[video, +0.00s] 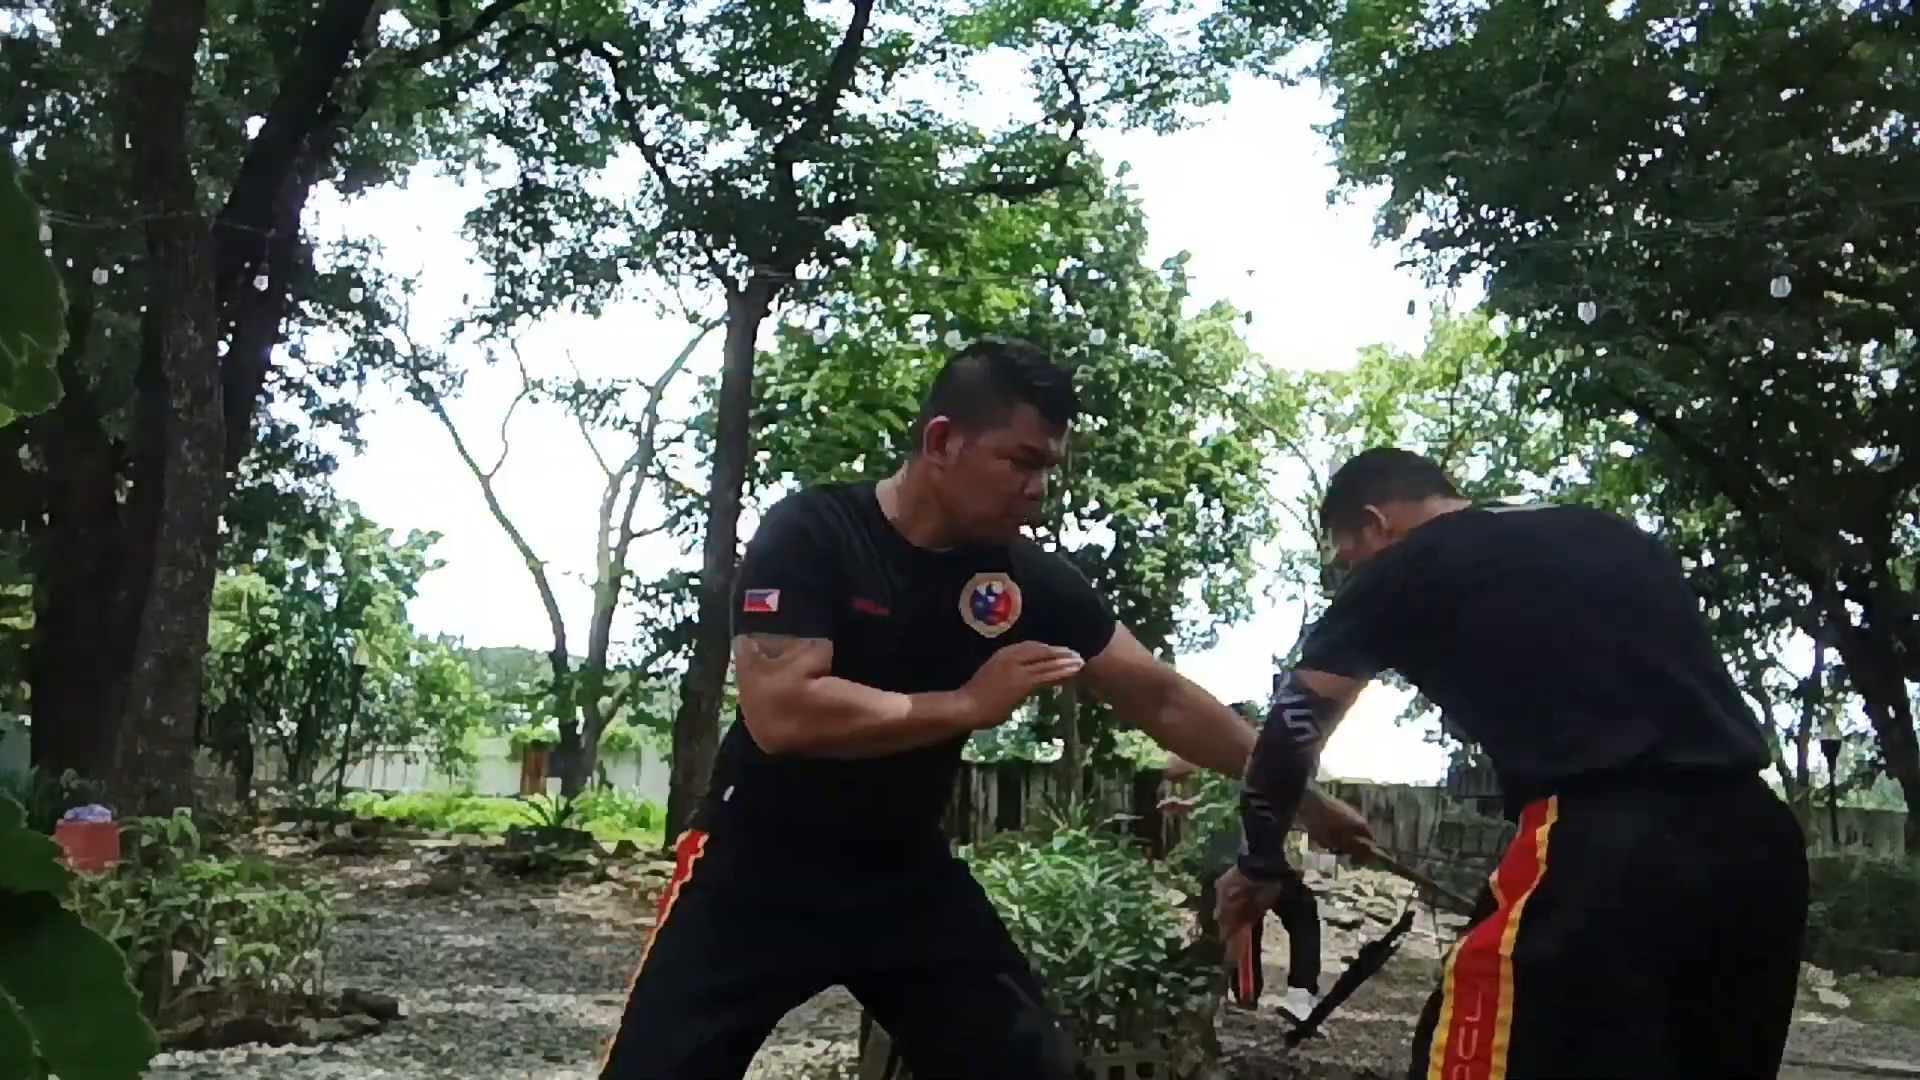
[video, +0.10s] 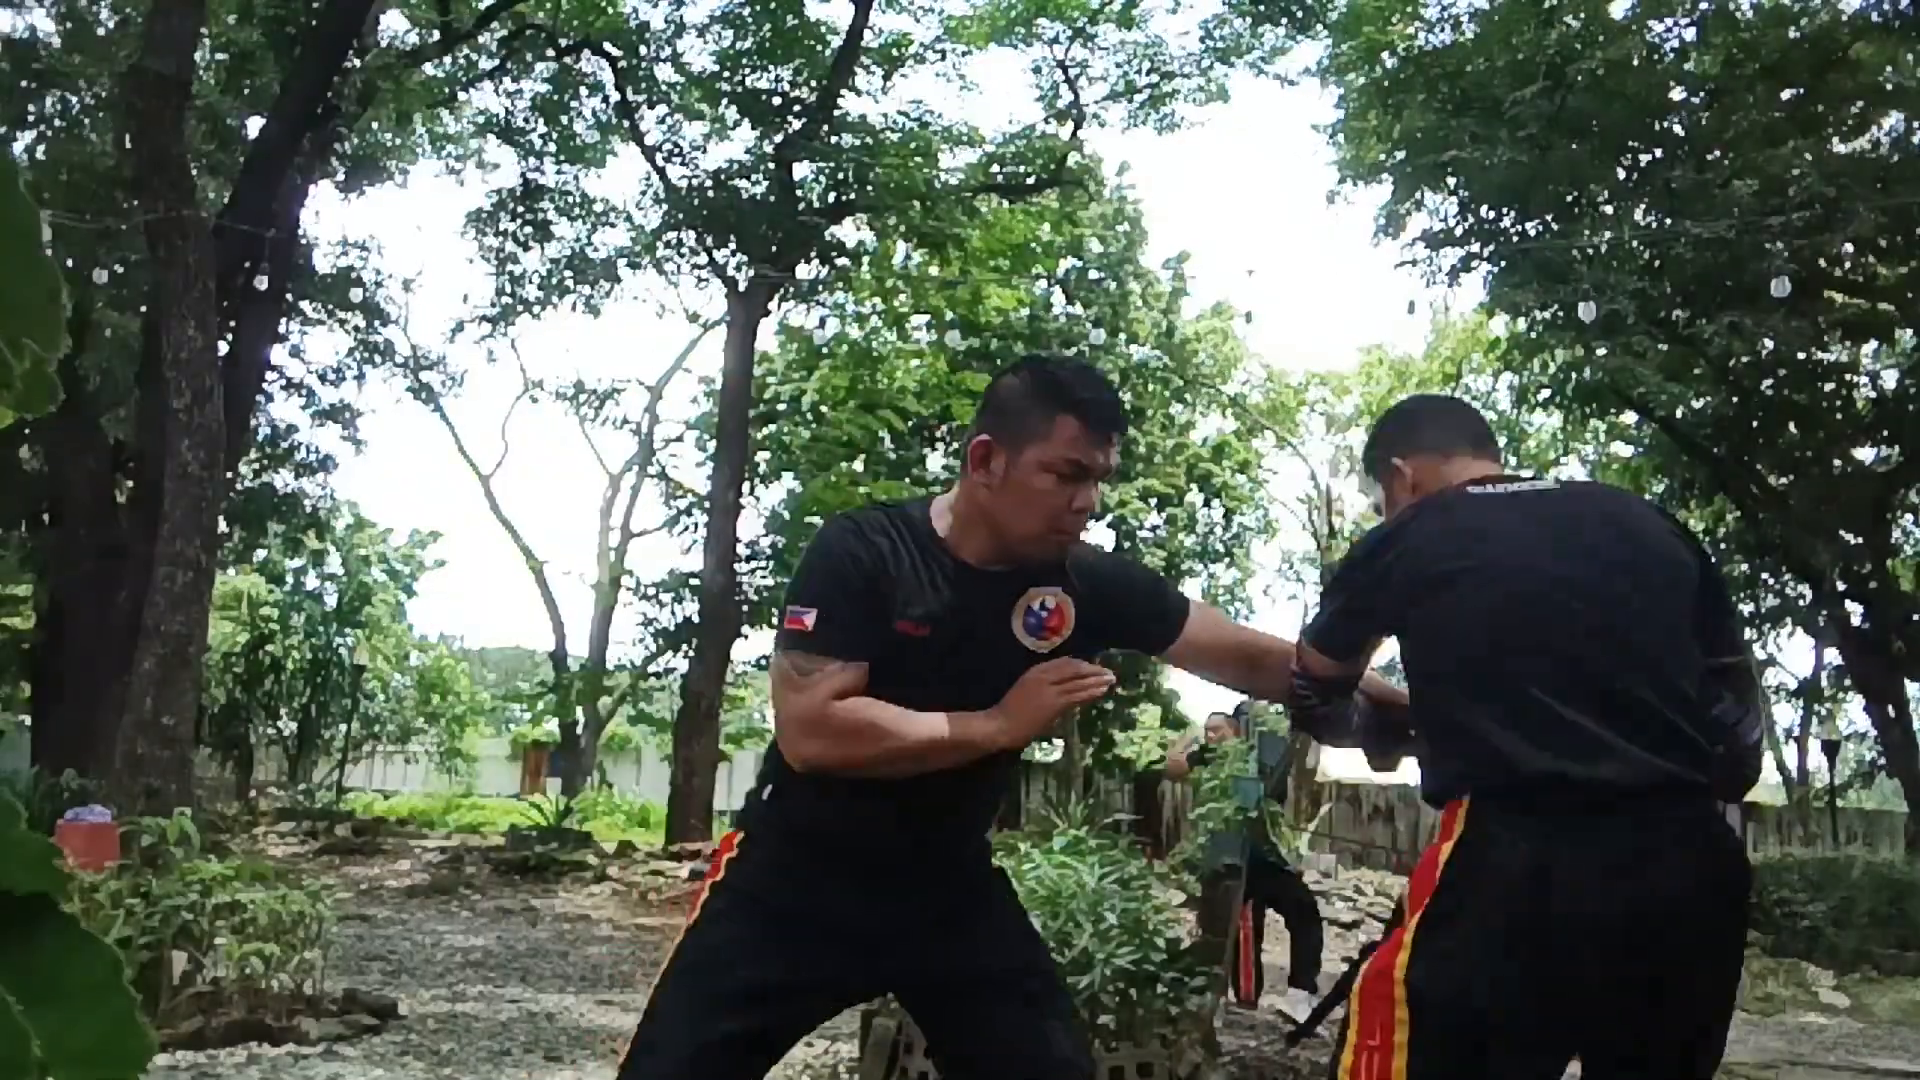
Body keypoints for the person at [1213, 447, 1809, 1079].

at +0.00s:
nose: (1356, 582)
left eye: (1351, 564)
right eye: (1347, 569)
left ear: (1379, 523)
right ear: (1451, 498)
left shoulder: (1404, 569)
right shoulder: (1611, 530)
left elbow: (1292, 727)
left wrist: (1258, 861)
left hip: (1593, 850)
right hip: (1755, 838)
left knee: (1472, 1052)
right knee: (1723, 1061)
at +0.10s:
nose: (1390, 517)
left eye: (1385, 500)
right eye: (1383, 504)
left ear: (1405, 475)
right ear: (1494, 460)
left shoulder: (1405, 543)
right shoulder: (1652, 522)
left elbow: (1316, 699)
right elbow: (1739, 728)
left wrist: (1421, 723)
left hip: (1507, 883)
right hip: (1691, 882)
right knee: (1660, 1066)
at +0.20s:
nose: (1432, 453)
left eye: (1431, 431)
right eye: (1429, 434)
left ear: (1461, 413)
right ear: (1555, 414)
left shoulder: (1426, 501)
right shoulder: (1683, 537)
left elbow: (1310, 561)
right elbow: (1716, 760)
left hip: (1459, 889)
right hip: (1639, 897)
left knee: (1345, 1062)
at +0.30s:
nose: (1454, 419)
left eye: (1454, 400)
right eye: (1451, 404)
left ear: (1488, 385)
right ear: (1583, 394)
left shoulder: (1471, 461)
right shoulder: (1692, 552)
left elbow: (1292, 467)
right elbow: (1605, 730)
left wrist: (1404, 423)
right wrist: (1400, 666)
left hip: (1467, 873)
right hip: (1627, 888)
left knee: (1347, 1062)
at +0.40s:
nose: (1450, 406)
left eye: (1455, 391)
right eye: (1450, 397)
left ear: (1497, 367)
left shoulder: (1533, 437)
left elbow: (1318, 375)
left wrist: (1350, 326)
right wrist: (1303, 587)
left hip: (1530, 859)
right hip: (1623, 877)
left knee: (1389, 1063)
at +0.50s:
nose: (1413, 433)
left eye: (1426, 398)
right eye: (1409, 412)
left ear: (1489, 367)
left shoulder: (1608, 447)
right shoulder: (1496, 568)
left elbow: (1360, 373)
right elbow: (1361, 667)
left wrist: (1315, 327)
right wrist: (1264, 524)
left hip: (1599, 847)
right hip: (1520, 849)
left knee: (1446, 1058)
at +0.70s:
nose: (1431, 421)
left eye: (1452, 382)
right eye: (1411, 401)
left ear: (1529, 368)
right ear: (1402, 412)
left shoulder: (1647, 468)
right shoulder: (1458, 545)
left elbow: (1529, 581)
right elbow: (1394, 696)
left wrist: (1346, 462)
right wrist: (1283, 563)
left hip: (1685, 856)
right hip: (1549, 865)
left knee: (1611, 1060)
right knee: (1474, 1062)